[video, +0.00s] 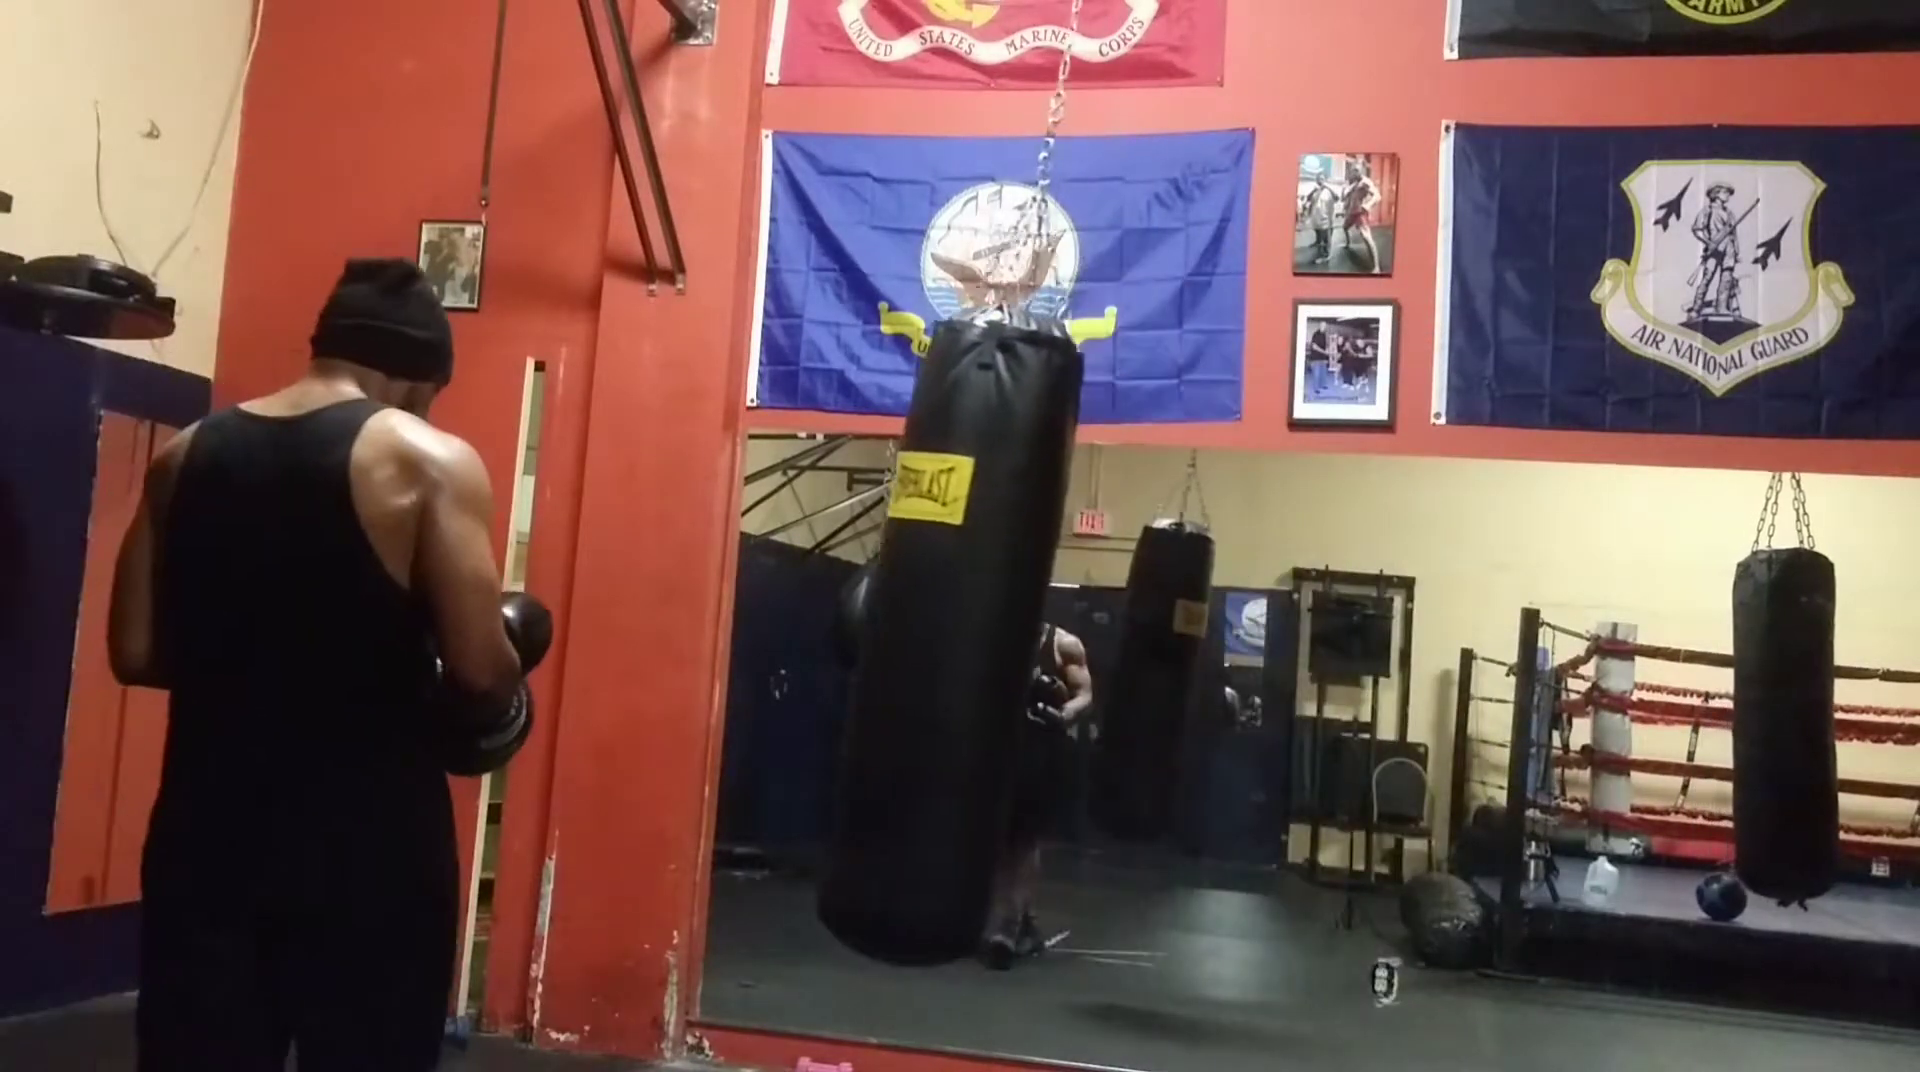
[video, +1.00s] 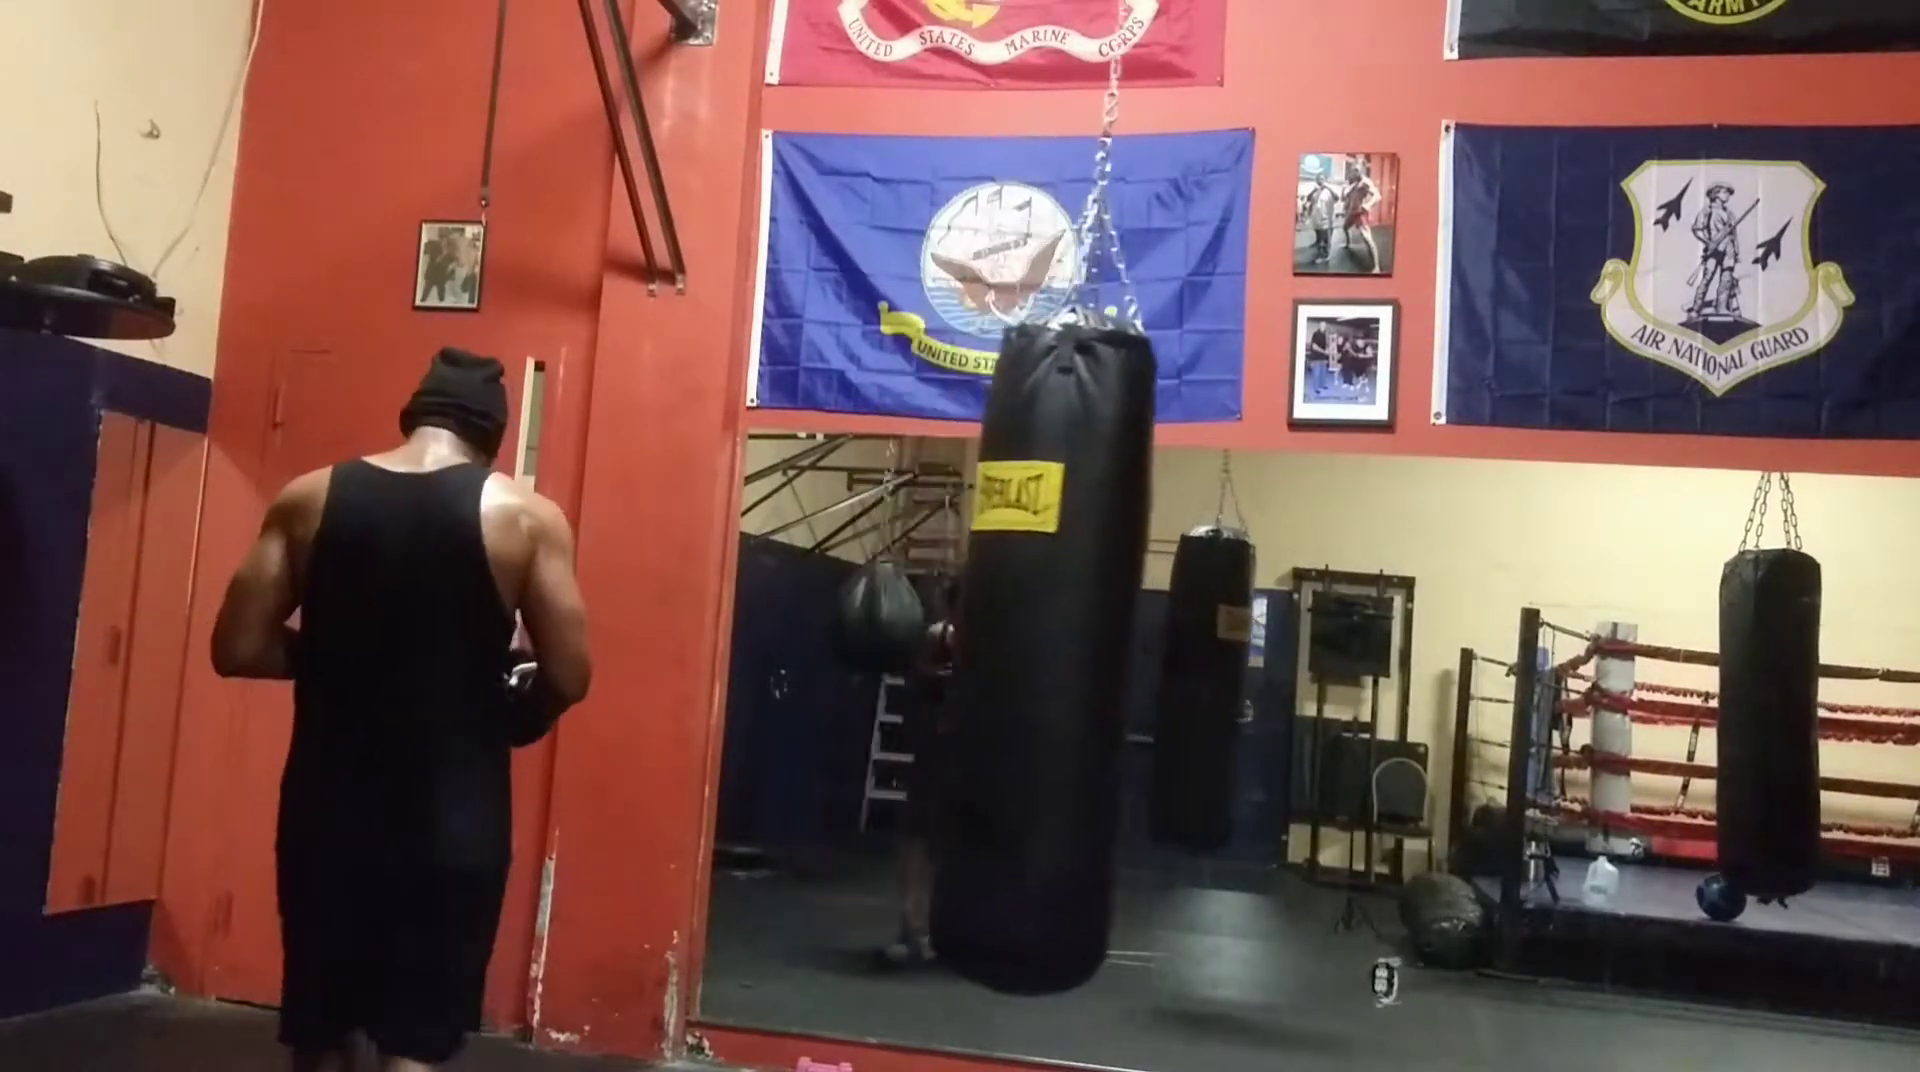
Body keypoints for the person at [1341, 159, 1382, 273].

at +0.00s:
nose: (1352, 174)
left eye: (1355, 171)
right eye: (1352, 171)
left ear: (1359, 172)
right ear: (1350, 172)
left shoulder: (1365, 182)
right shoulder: (1350, 184)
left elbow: (1376, 195)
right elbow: (1343, 198)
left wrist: (1367, 206)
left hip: (1361, 212)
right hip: (1351, 212)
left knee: (1366, 236)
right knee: (1345, 227)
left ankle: (1376, 266)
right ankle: (1348, 243)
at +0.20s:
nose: (1351, 174)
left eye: (1354, 171)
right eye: (1350, 172)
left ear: (1358, 172)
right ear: (1350, 173)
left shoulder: (1365, 182)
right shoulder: (1351, 184)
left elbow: (1376, 195)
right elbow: (1345, 199)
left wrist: (1367, 206)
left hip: (1361, 212)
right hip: (1351, 212)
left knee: (1366, 237)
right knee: (1345, 227)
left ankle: (1376, 266)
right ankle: (1348, 243)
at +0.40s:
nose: (1352, 174)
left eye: (1355, 171)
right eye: (1351, 171)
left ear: (1359, 172)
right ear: (1349, 173)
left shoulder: (1365, 182)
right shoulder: (1349, 184)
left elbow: (1376, 196)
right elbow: (1343, 198)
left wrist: (1366, 206)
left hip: (1360, 212)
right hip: (1350, 212)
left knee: (1367, 237)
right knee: (1345, 227)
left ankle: (1376, 266)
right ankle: (1348, 243)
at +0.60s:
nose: (1351, 174)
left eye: (1354, 171)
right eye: (1350, 171)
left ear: (1358, 172)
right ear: (1349, 173)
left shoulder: (1364, 182)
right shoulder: (1349, 185)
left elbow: (1376, 196)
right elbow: (1344, 198)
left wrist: (1366, 206)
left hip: (1360, 212)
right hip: (1350, 213)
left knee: (1367, 238)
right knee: (1345, 228)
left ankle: (1376, 266)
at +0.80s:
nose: (1351, 174)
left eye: (1354, 171)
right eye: (1351, 172)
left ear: (1358, 172)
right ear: (1350, 173)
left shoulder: (1365, 182)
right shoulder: (1351, 184)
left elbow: (1376, 196)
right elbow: (1344, 198)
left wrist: (1366, 206)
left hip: (1361, 211)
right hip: (1351, 211)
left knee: (1367, 237)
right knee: (1345, 227)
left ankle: (1376, 266)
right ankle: (1348, 243)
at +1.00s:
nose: (1351, 175)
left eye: (1353, 172)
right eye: (1350, 172)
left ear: (1358, 173)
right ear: (1349, 174)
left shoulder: (1365, 182)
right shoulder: (1351, 185)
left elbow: (1376, 196)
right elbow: (1344, 197)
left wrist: (1366, 206)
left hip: (1361, 211)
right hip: (1351, 211)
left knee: (1367, 237)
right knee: (1345, 227)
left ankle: (1376, 266)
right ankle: (1348, 243)